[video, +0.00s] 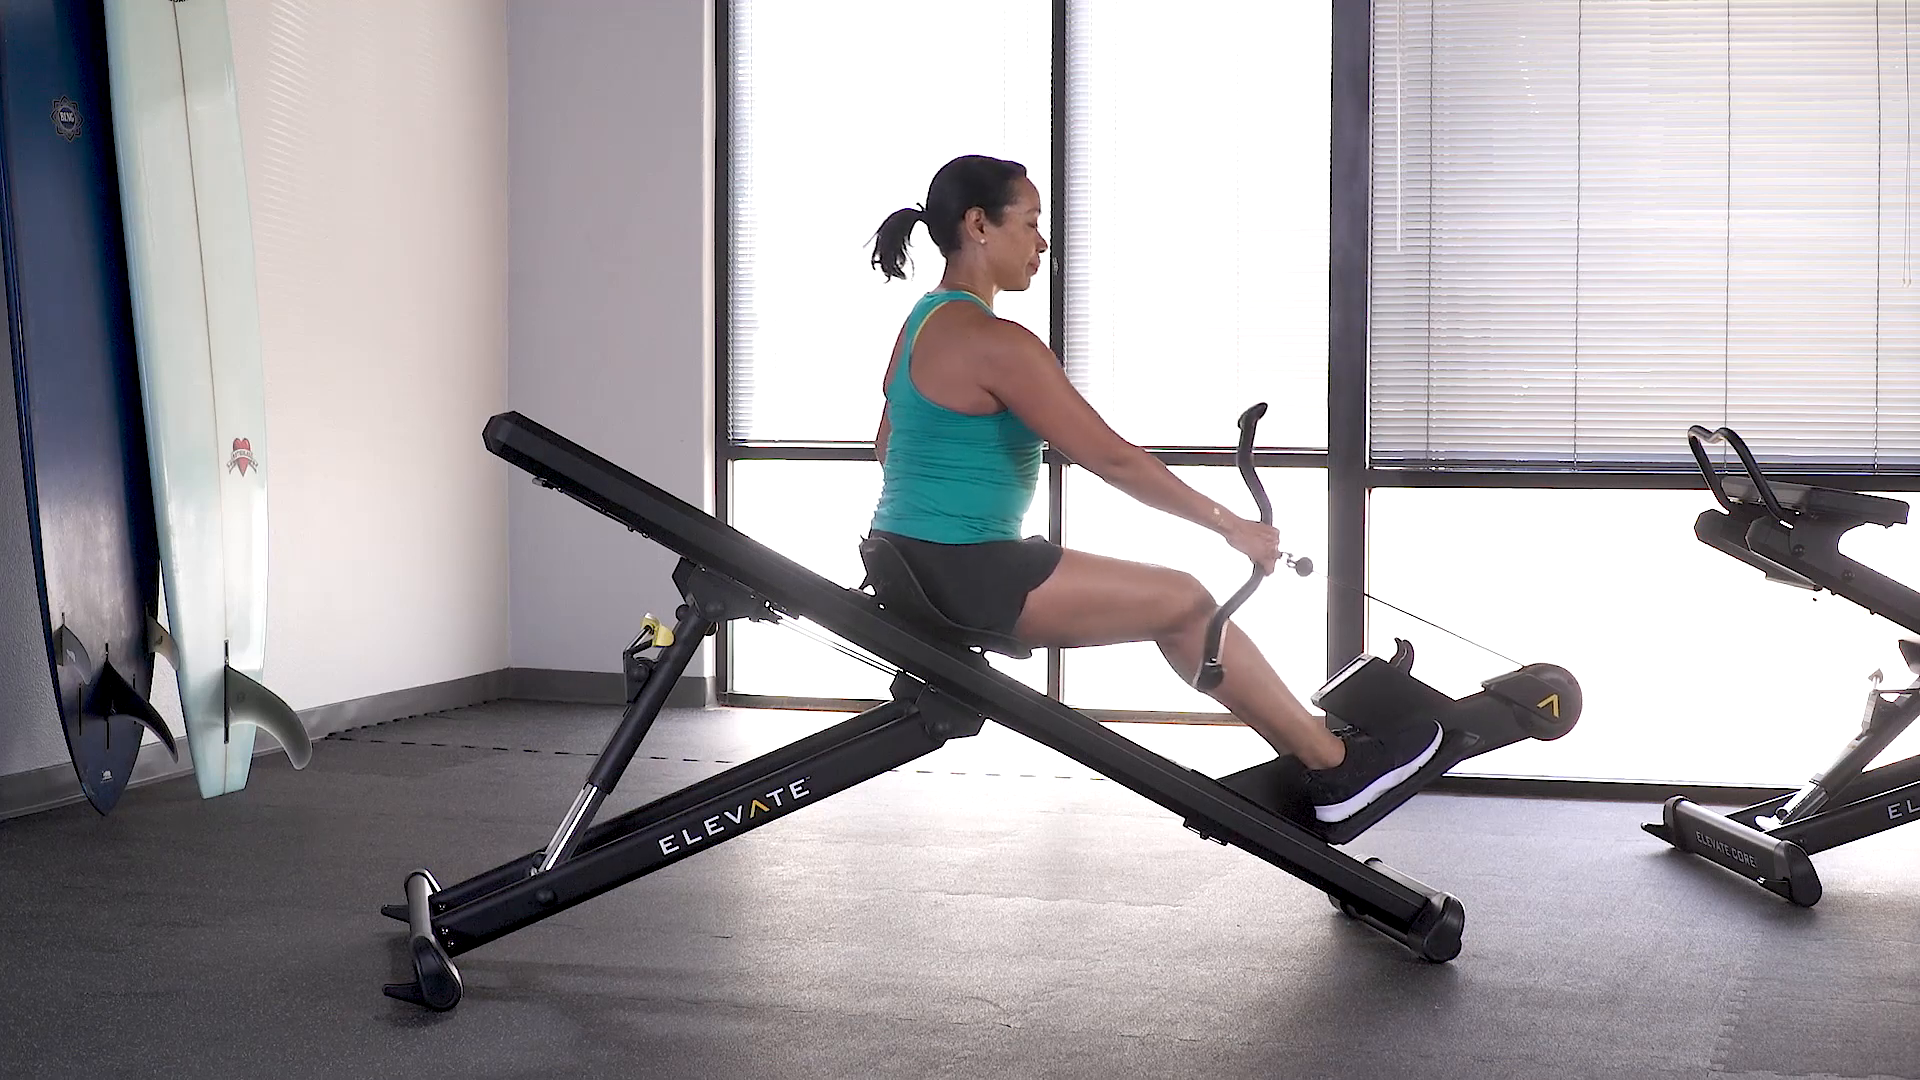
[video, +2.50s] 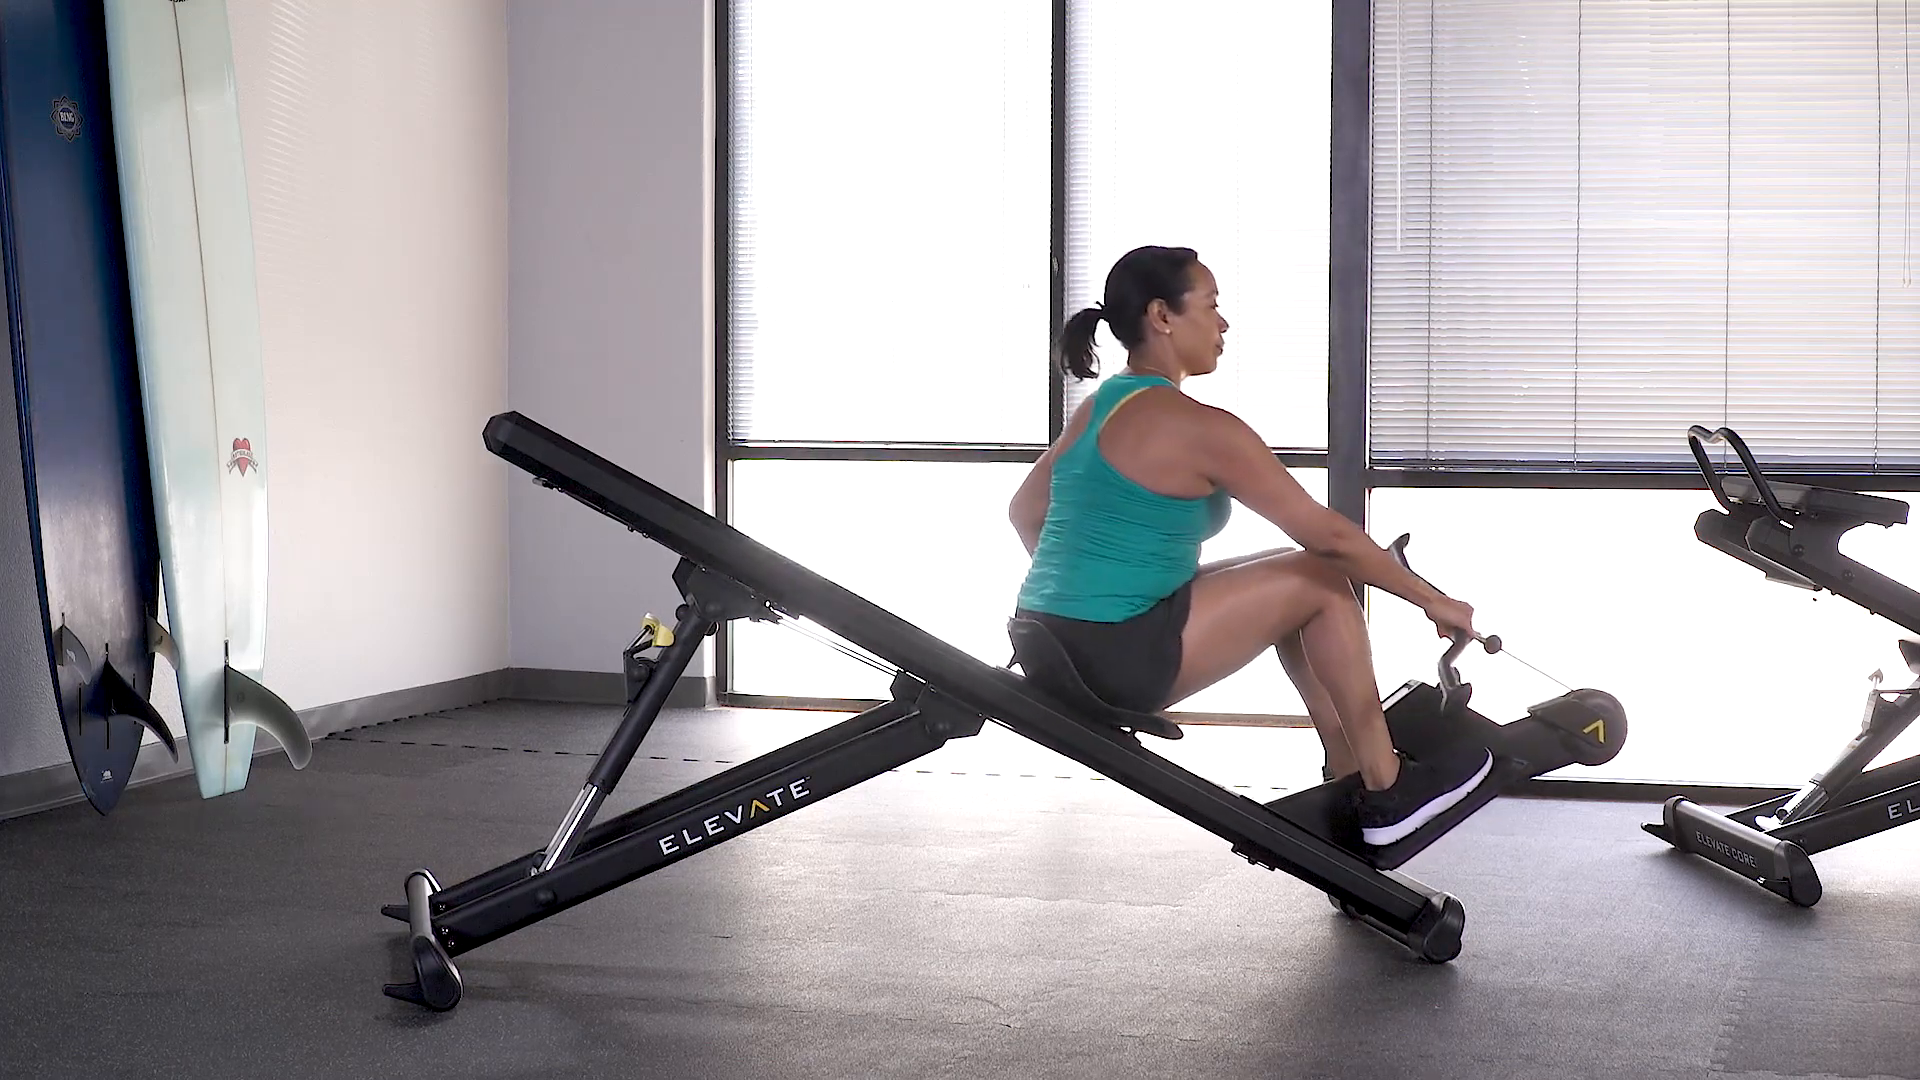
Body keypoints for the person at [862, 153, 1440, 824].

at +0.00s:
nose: (1041, 242)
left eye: (1038, 225)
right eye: (1029, 225)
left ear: (972, 231)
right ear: (975, 228)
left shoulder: (923, 326)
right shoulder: (1000, 344)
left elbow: (891, 447)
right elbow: (1111, 458)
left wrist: (1015, 440)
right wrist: (1232, 525)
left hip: (908, 562)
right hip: (957, 571)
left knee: (1174, 600)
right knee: (1182, 601)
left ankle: (1315, 743)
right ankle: (1332, 766)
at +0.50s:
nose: (1230, 324)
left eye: (1224, 307)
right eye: (1217, 308)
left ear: (1162, 321)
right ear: (1168, 320)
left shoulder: (1088, 409)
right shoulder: (1222, 435)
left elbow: (1024, 511)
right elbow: (1345, 538)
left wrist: (1075, 586)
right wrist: (1448, 610)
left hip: (1044, 636)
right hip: (1119, 651)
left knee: (1297, 578)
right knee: (1326, 586)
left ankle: (1349, 763)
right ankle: (1391, 787)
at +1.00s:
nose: (1174, 286)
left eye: (1166, 271)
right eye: (1159, 273)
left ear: (1102, 294)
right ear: (1109, 292)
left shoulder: (1047, 379)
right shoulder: (1164, 403)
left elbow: (990, 482)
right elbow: (1274, 521)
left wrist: (1046, 556)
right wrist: (1381, 582)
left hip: (997, 610)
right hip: (1071, 624)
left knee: (1258, 584)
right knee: (1280, 582)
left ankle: (1335, 763)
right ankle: (1374, 777)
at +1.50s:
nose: (938, 174)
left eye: (932, 158)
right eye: (924, 158)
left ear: (872, 170)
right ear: (870, 168)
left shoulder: (860, 256)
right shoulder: (837, 255)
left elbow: (824, 376)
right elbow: (796, 373)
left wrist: (928, 406)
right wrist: (923, 404)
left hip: (864, 495)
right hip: (839, 505)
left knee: (1059, 589)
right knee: (1056, 596)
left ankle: (1232, 721)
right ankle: (1240, 728)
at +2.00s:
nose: (1004, 218)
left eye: (998, 201)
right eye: (991, 201)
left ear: (935, 211)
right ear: (937, 210)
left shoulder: (911, 304)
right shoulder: (922, 314)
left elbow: (942, 445)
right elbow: (942, 443)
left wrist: (1050, 465)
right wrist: (1067, 461)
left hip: (908, 542)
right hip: (917, 551)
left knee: (1144, 568)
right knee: (1151, 566)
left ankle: (1268, 727)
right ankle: (1291, 743)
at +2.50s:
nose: (1223, 322)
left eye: (1217, 305)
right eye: (1211, 306)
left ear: (1157, 320)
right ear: (1162, 318)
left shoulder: (1100, 404)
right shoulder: (1205, 430)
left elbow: (1026, 511)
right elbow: (1326, 535)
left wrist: (1080, 590)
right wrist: (1430, 597)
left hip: (1045, 634)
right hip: (1116, 649)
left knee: (1297, 573)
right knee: (1326, 580)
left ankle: (1346, 762)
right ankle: (1388, 787)